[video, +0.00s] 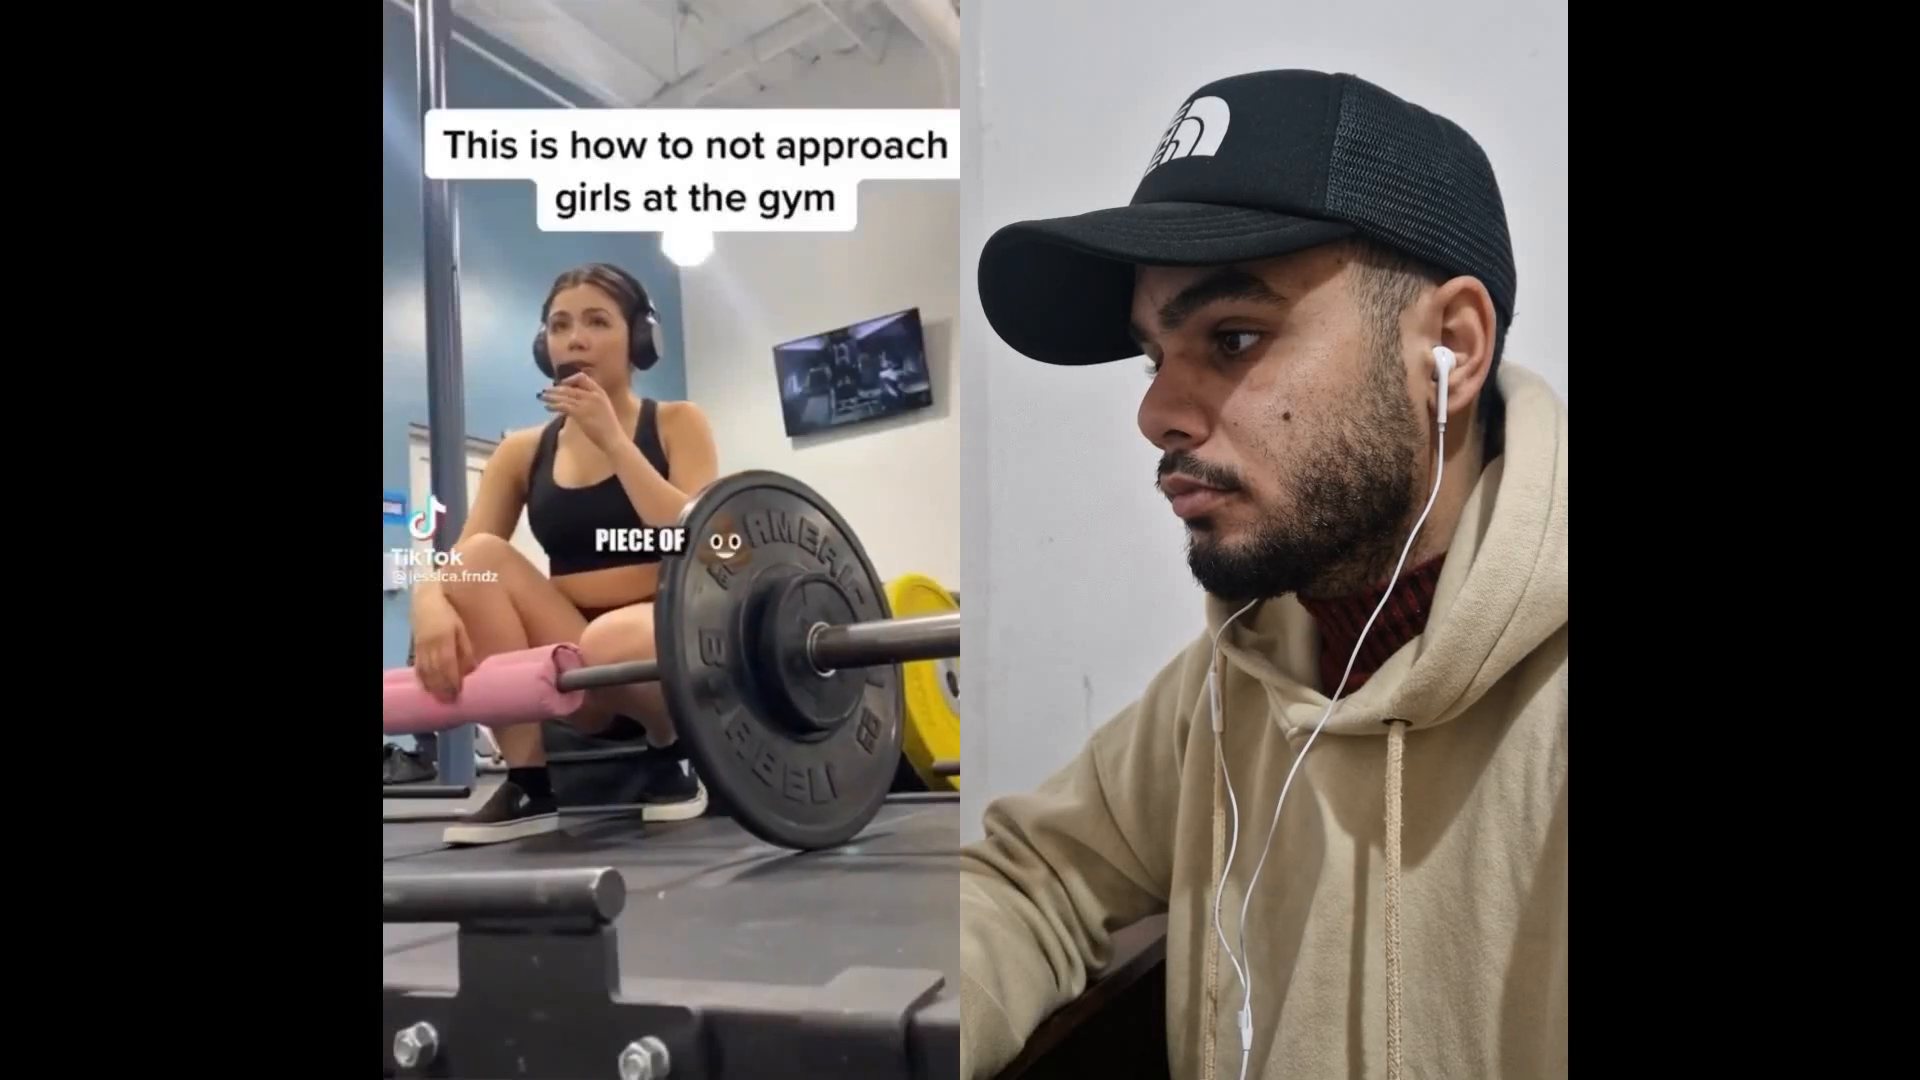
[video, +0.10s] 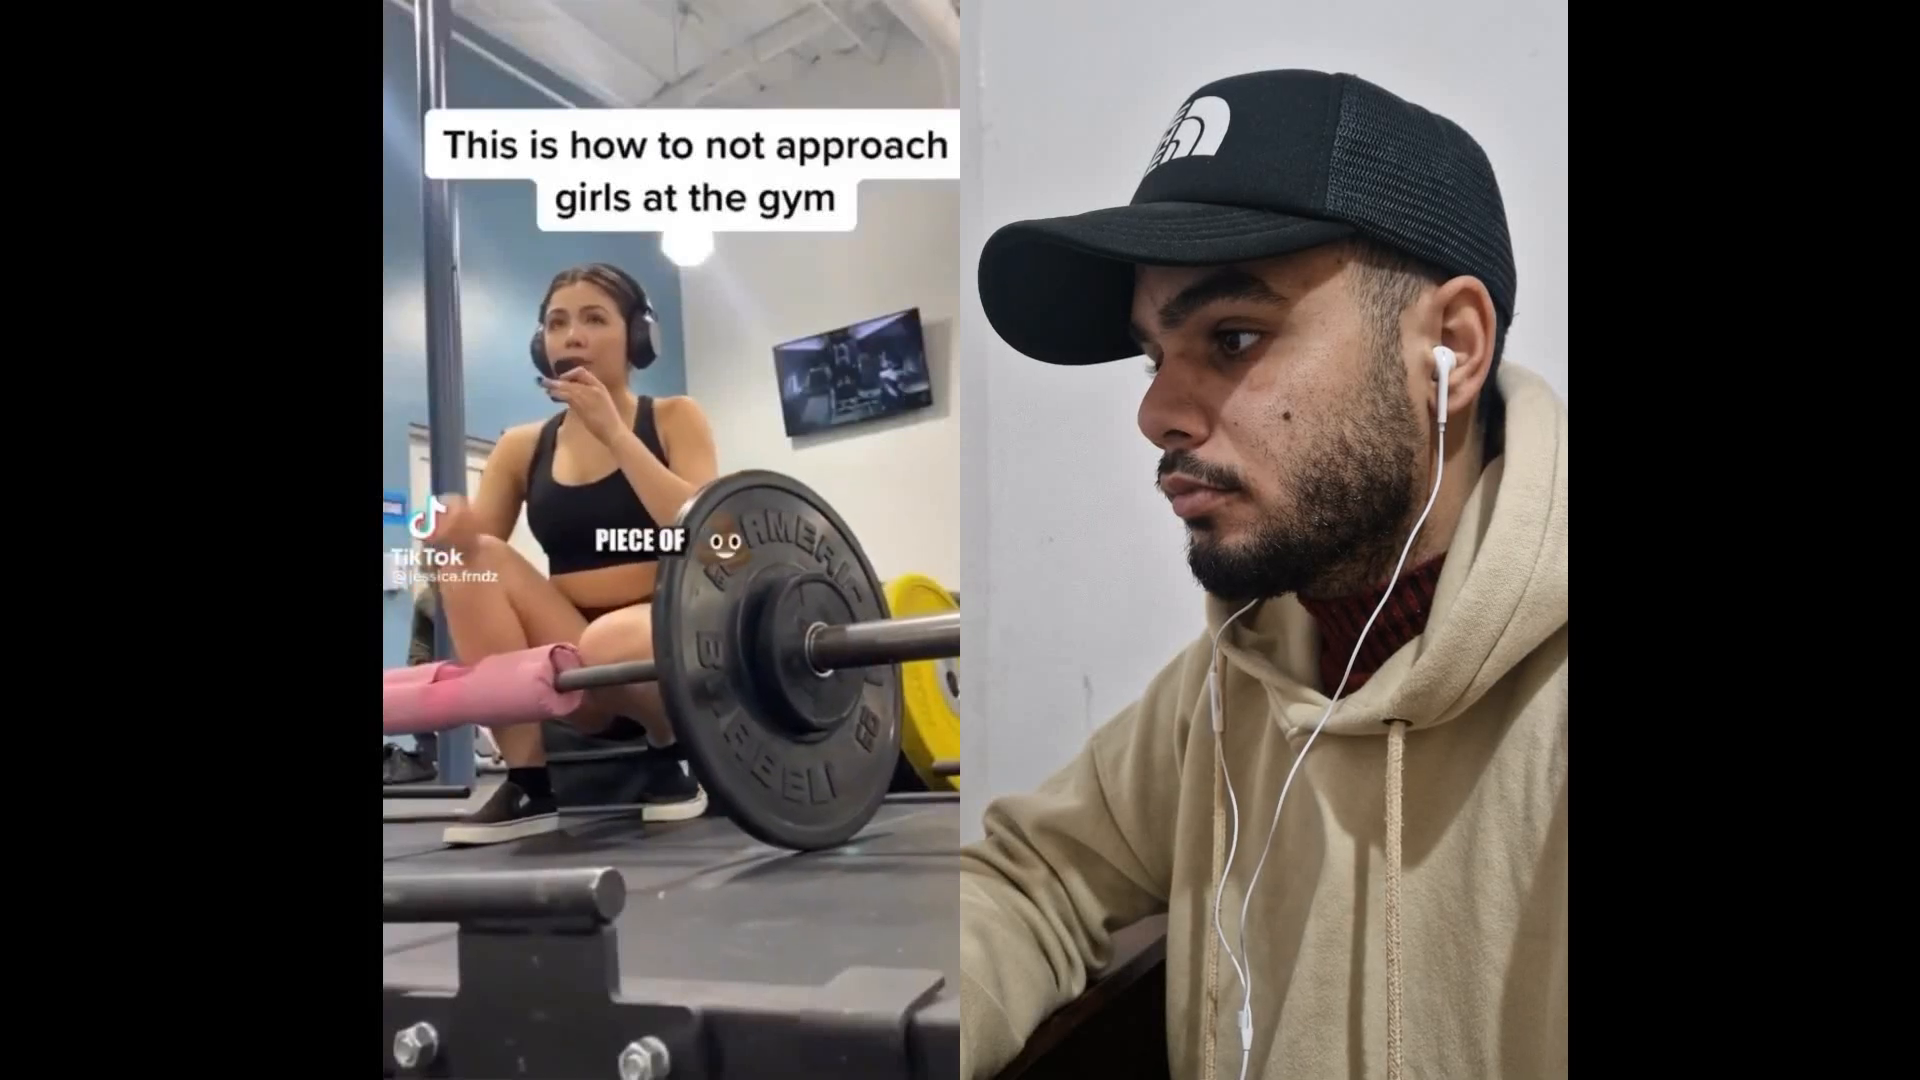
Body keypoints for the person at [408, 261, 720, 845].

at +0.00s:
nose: (575, 338)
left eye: (596, 321)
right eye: (560, 323)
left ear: (635, 340)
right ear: (546, 344)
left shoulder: (677, 425)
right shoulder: (523, 451)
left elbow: (700, 537)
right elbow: (469, 560)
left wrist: (614, 442)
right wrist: (426, 593)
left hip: (669, 640)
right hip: (571, 647)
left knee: (615, 638)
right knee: (478, 561)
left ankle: (666, 752)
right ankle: (527, 782)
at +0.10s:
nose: (571, 335)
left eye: (593, 318)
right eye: (557, 321)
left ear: (632, 337)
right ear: (544, 343)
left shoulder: (674, 420)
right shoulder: (522, 447)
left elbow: (702, 525)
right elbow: (478, 560)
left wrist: (615, 435)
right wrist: (456, 534)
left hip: (671, 633)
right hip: (572, 642)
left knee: (608, 643)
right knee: (466, 557)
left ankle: (668, 754)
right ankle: (528, 781)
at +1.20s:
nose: (570, 358)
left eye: (589, 339)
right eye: (550, 343)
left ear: (624, 348)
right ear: (532, 357)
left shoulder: (653, 422)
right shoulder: (525, 419)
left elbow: (676, 544)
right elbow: (470, 542)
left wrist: (614, 607)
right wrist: (529, 461)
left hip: (658, 640)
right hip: (571, 650)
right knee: (461, 563)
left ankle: (671, 771)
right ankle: (526, 783)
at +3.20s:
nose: (512, 415)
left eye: (526, 386)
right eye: (488, 398)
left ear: (572, 357)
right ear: (473, 394)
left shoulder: (657, 419)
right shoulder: (498, 470)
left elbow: (675, 571)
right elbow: (512, 614)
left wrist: (525, 652)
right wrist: (511, 544)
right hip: (600, 671)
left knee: (675, 645)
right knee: (481, 560)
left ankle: (696, 761)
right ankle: (541, 798)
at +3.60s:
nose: (559, 395)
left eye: (570, 366)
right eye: (530, 381)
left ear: (600, 348)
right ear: (507, 388)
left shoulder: (664, 420)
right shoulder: (515, 453)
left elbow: (740, 529)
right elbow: (501, 587)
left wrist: (595, 603)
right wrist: (535, 519)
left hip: (715, 665)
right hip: (602, 671)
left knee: (657, 634)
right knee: (502, 559)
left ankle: (698, 762)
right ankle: (542, 796)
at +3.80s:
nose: (575, 377)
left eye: (588, 349)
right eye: (547, 363)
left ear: (616, 336)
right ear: (522, 373)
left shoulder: (680, 422)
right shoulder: (524, 446)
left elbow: (779, 523)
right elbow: (504, 578)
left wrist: (752, 540)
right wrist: (554, 493)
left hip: (719, 662)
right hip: (602, 674)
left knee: (657, 645)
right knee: (508, 561)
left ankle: (697, 762)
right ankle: (542, 799)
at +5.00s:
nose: (656, 304)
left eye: (677, 278)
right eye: (630, 280)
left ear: (701, 273)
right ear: (586, 275)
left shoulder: (740, 358)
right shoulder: (555, 387)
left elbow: (859, 442)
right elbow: (528, 561)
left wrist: (927, 502)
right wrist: (619, 437)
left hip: (748, 606)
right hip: (624, 618)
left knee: (861, 808)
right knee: (789, 650)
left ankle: (705, 754)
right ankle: (642, 771)